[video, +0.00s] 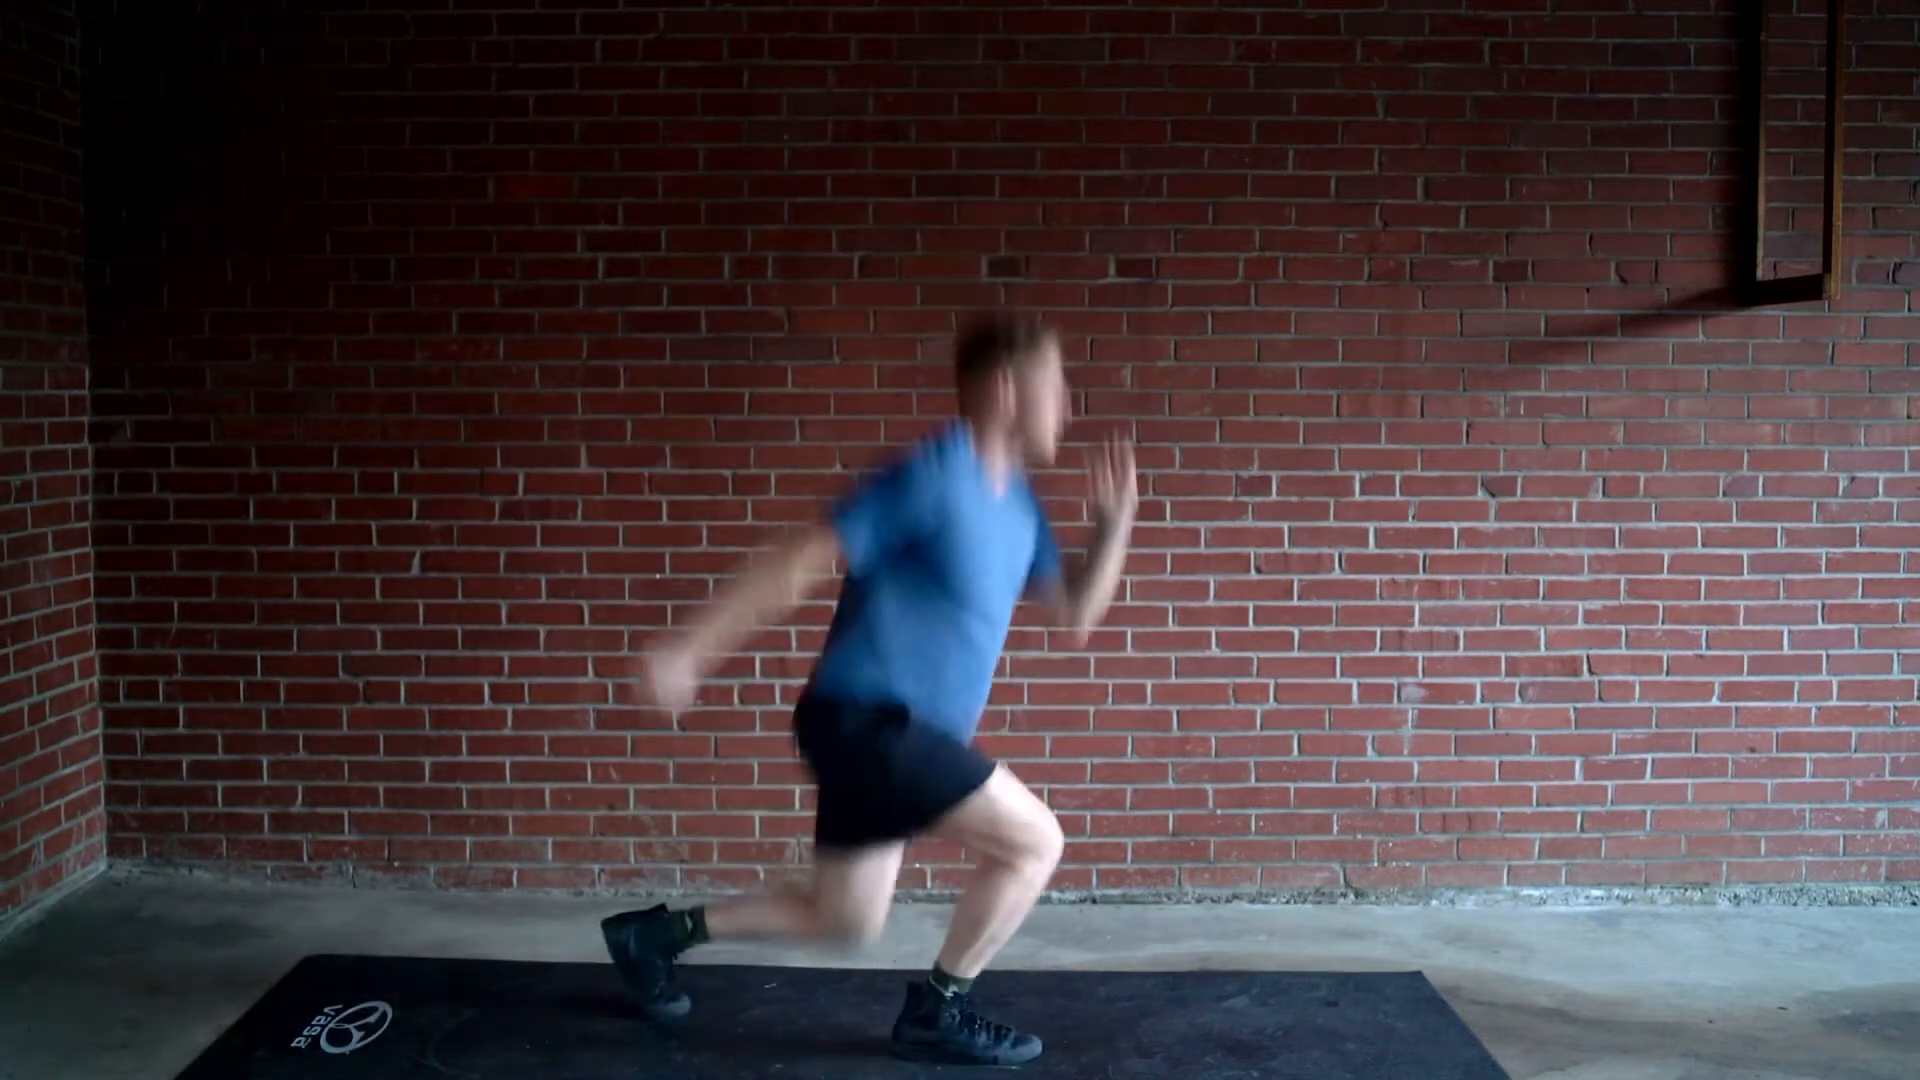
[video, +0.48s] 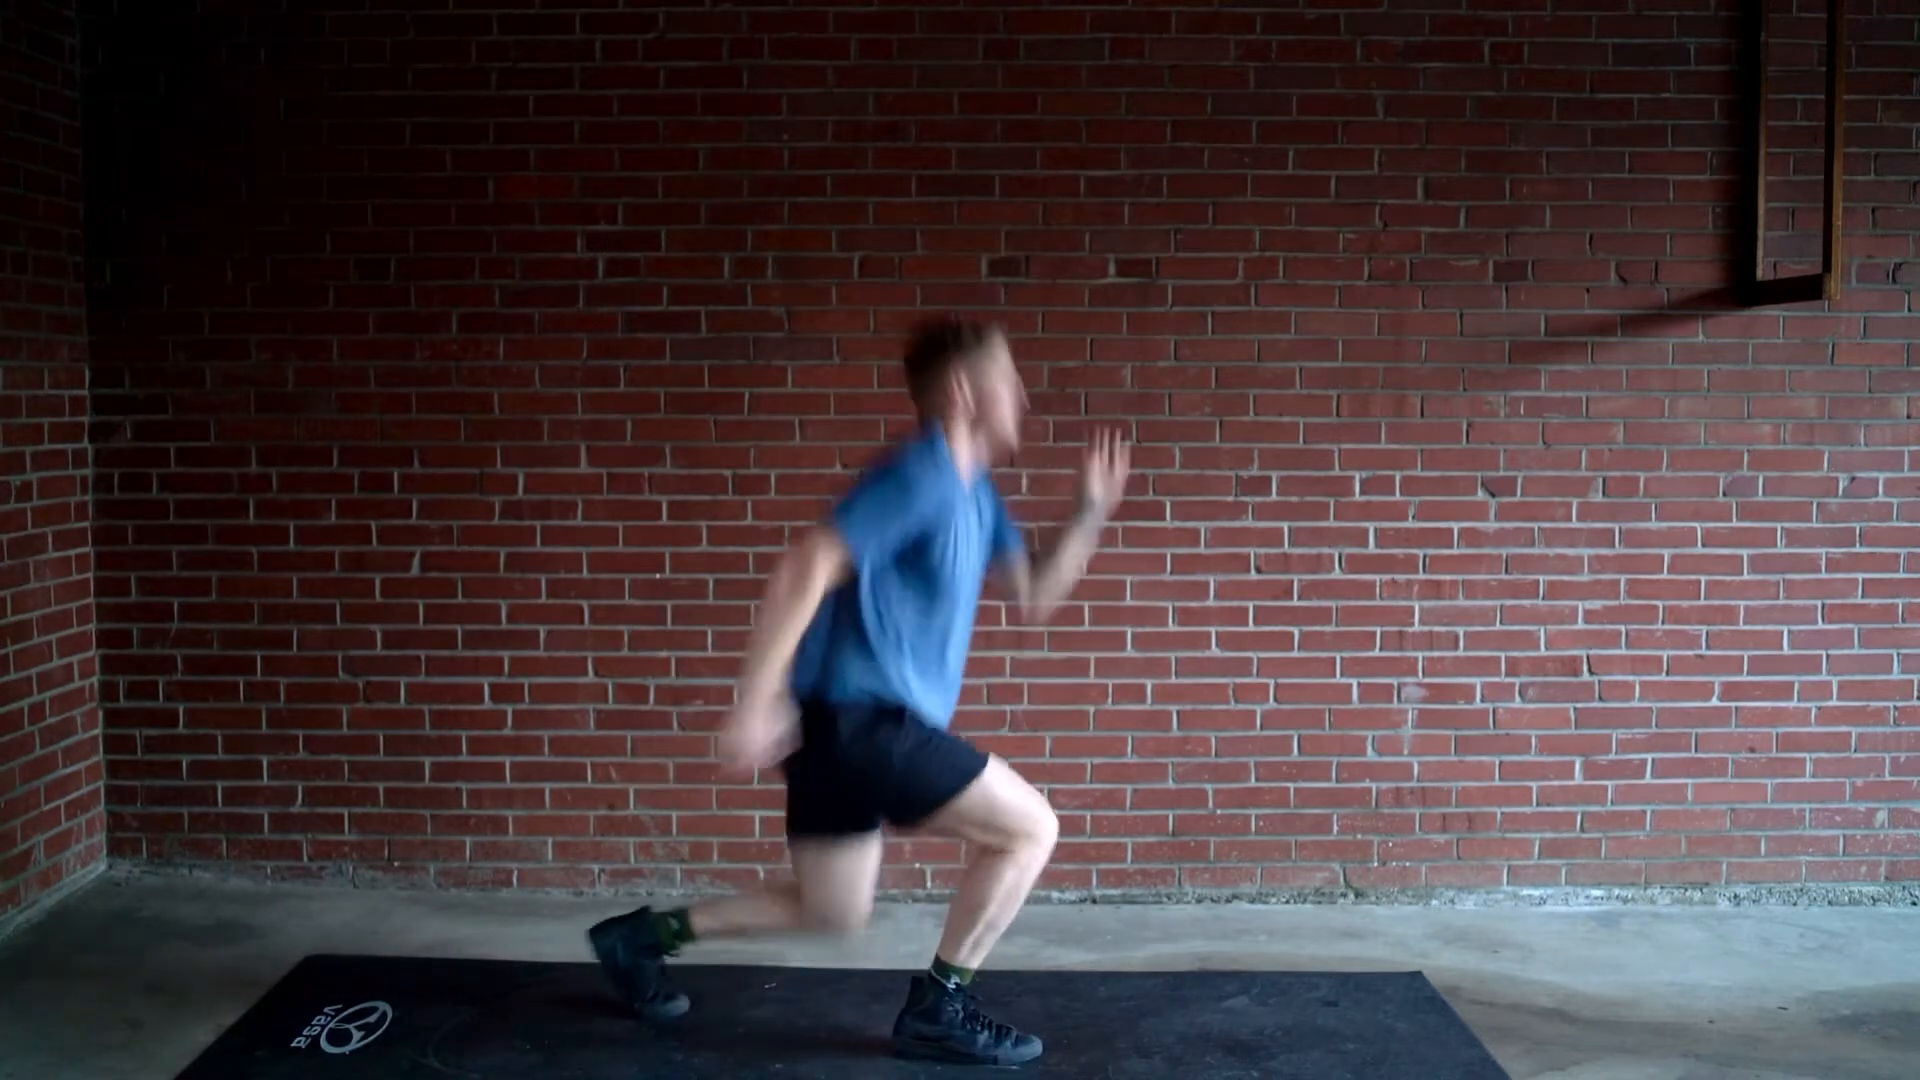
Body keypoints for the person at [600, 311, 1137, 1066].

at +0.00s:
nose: (1065, 399)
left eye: (1063, 380)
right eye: (1053, 380)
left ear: (1019, 388)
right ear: (1002, 386)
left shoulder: (1020, 504)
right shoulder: (933, 476)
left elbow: (1073, 616)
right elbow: (803, 558)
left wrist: (1115, 522)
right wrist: (688, 651)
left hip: (910, 727)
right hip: (862, 719)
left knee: (846, 914)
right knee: (1033, 842)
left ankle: (660, 932)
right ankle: (937, 1009)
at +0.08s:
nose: (1070, 466)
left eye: (1066, 448)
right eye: (1057, 447)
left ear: (1016, 461)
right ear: (1006, 458)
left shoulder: (1017, 566)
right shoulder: (932, 541)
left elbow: (1061, 681)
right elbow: (802, 623)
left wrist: (1114, 600)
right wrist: (696, 719)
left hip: (885, 773)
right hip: (845, 767)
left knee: (852, 960)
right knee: (1038, 845)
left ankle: (666, 937)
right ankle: (938, 1008)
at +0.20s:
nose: (1068, 507)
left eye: (1064, 492)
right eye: (1056, 492)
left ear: (1012, 506)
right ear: (1006, 505)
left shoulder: (1013, 609)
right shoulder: (935, 578)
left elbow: (1054, 720)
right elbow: (799, 653)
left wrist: (1110, 640)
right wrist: (683, 745)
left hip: (865, 799)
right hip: (833, 797)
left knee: (855, 982)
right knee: (1038, 842)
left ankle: (682, 936)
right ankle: (939, 1011)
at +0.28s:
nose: (1061, 504)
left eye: (1056, 488)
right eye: (1049, 488)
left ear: (1005, 505)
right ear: (1000, 503)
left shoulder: (1005, 606)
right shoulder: (934, 577)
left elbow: (1053, 716)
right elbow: (795, 651)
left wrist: (1108, 632)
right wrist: (673, 737)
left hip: (857, 798)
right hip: (830, 797)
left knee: (853, 982)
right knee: (1037, 840)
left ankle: (678, 937)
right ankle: (939, 1011)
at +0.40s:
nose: (1039, 453)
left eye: (1035, 437)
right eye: (1026, 439)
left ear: (983, 455)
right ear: (980, 453)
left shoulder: (987, 549)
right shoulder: (922, 534)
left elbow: (1045, 659)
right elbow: (798, 614)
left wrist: (1099, 578)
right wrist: (705, 724)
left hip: (855, 767)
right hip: (837, 765)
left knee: (846, 955)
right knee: (1035, 836)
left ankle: (662, 935)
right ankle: (940, 1007)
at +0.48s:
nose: (1021, 393)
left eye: (1015, 376)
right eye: (1007, 376)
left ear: (966, 391)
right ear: (962, 389)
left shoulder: (973, 488)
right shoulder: (920, 476)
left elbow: (1034, 595)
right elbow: (809, 560)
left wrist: (1092, 514)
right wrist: (756, 697)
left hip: (851, 725)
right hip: (863, 724)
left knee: (831, 906)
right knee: (1029, 829)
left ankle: (644, 936)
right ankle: (940, 1004)